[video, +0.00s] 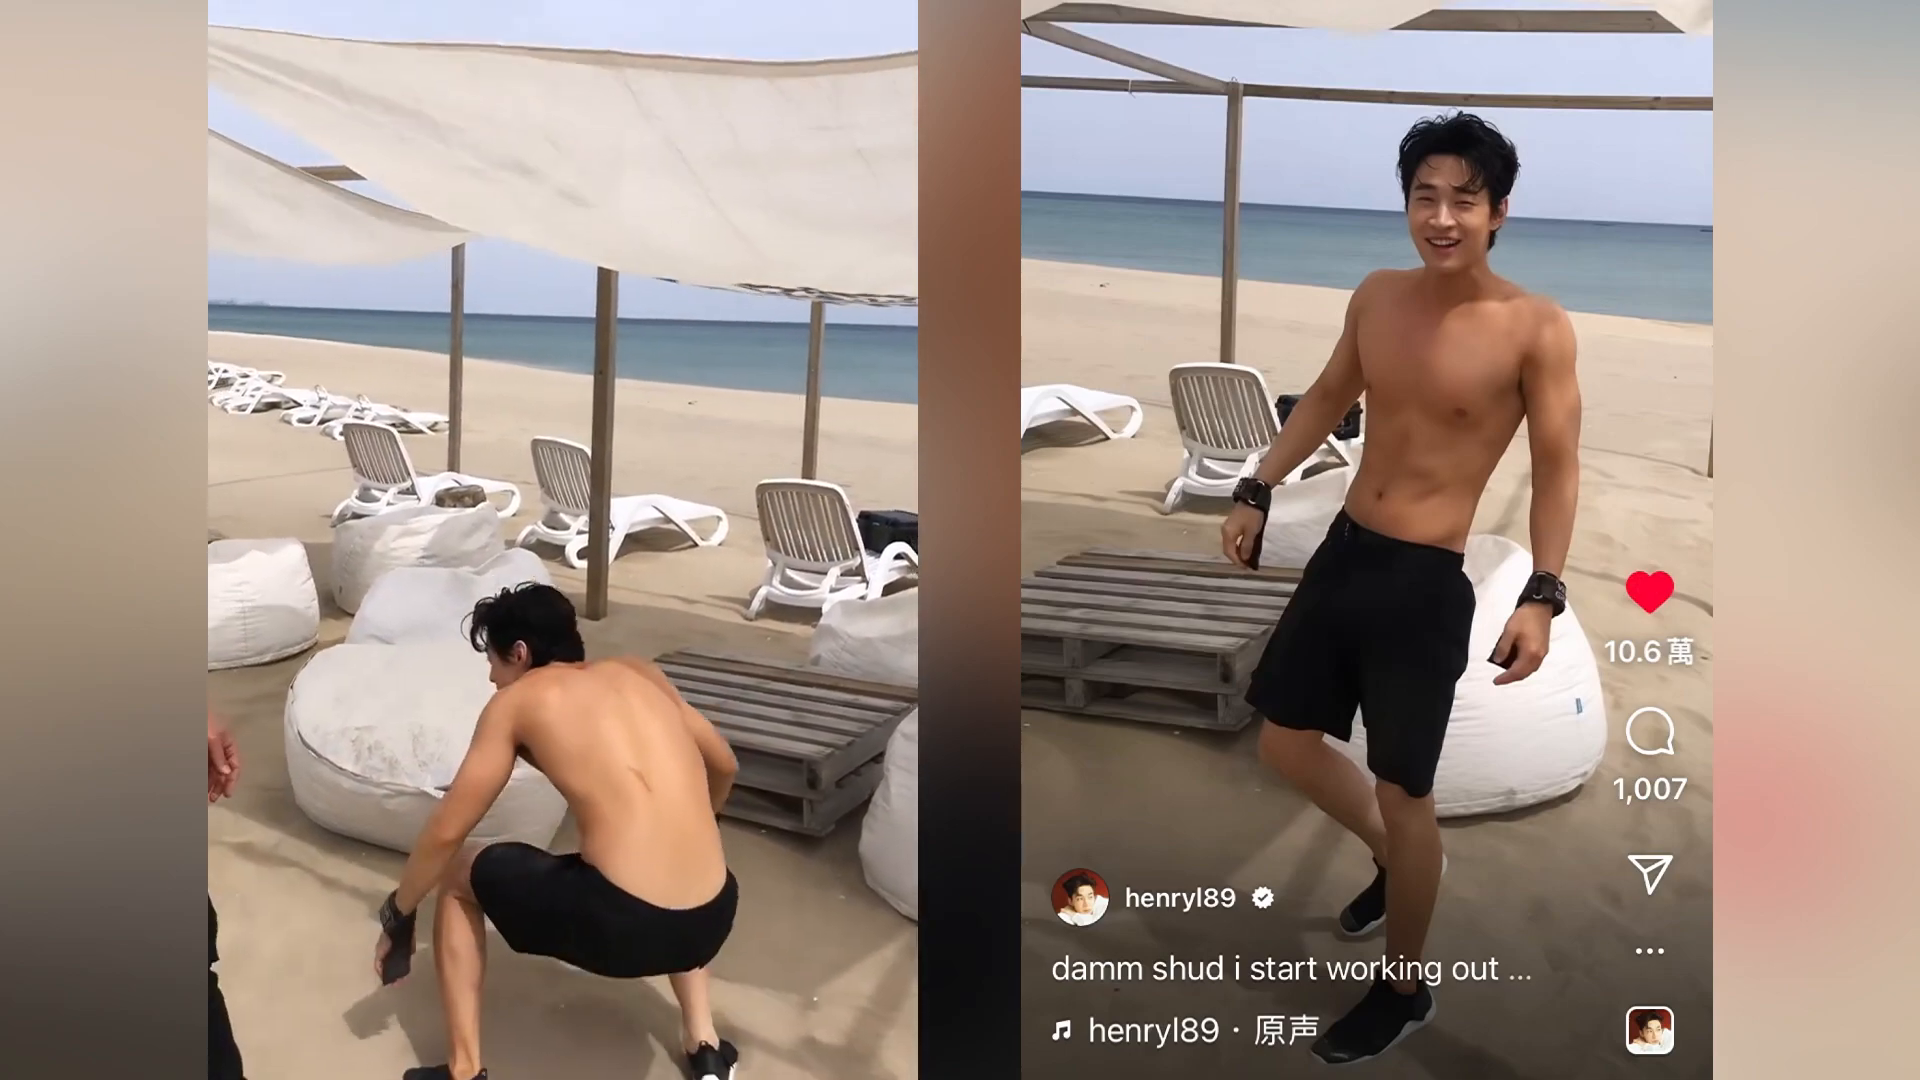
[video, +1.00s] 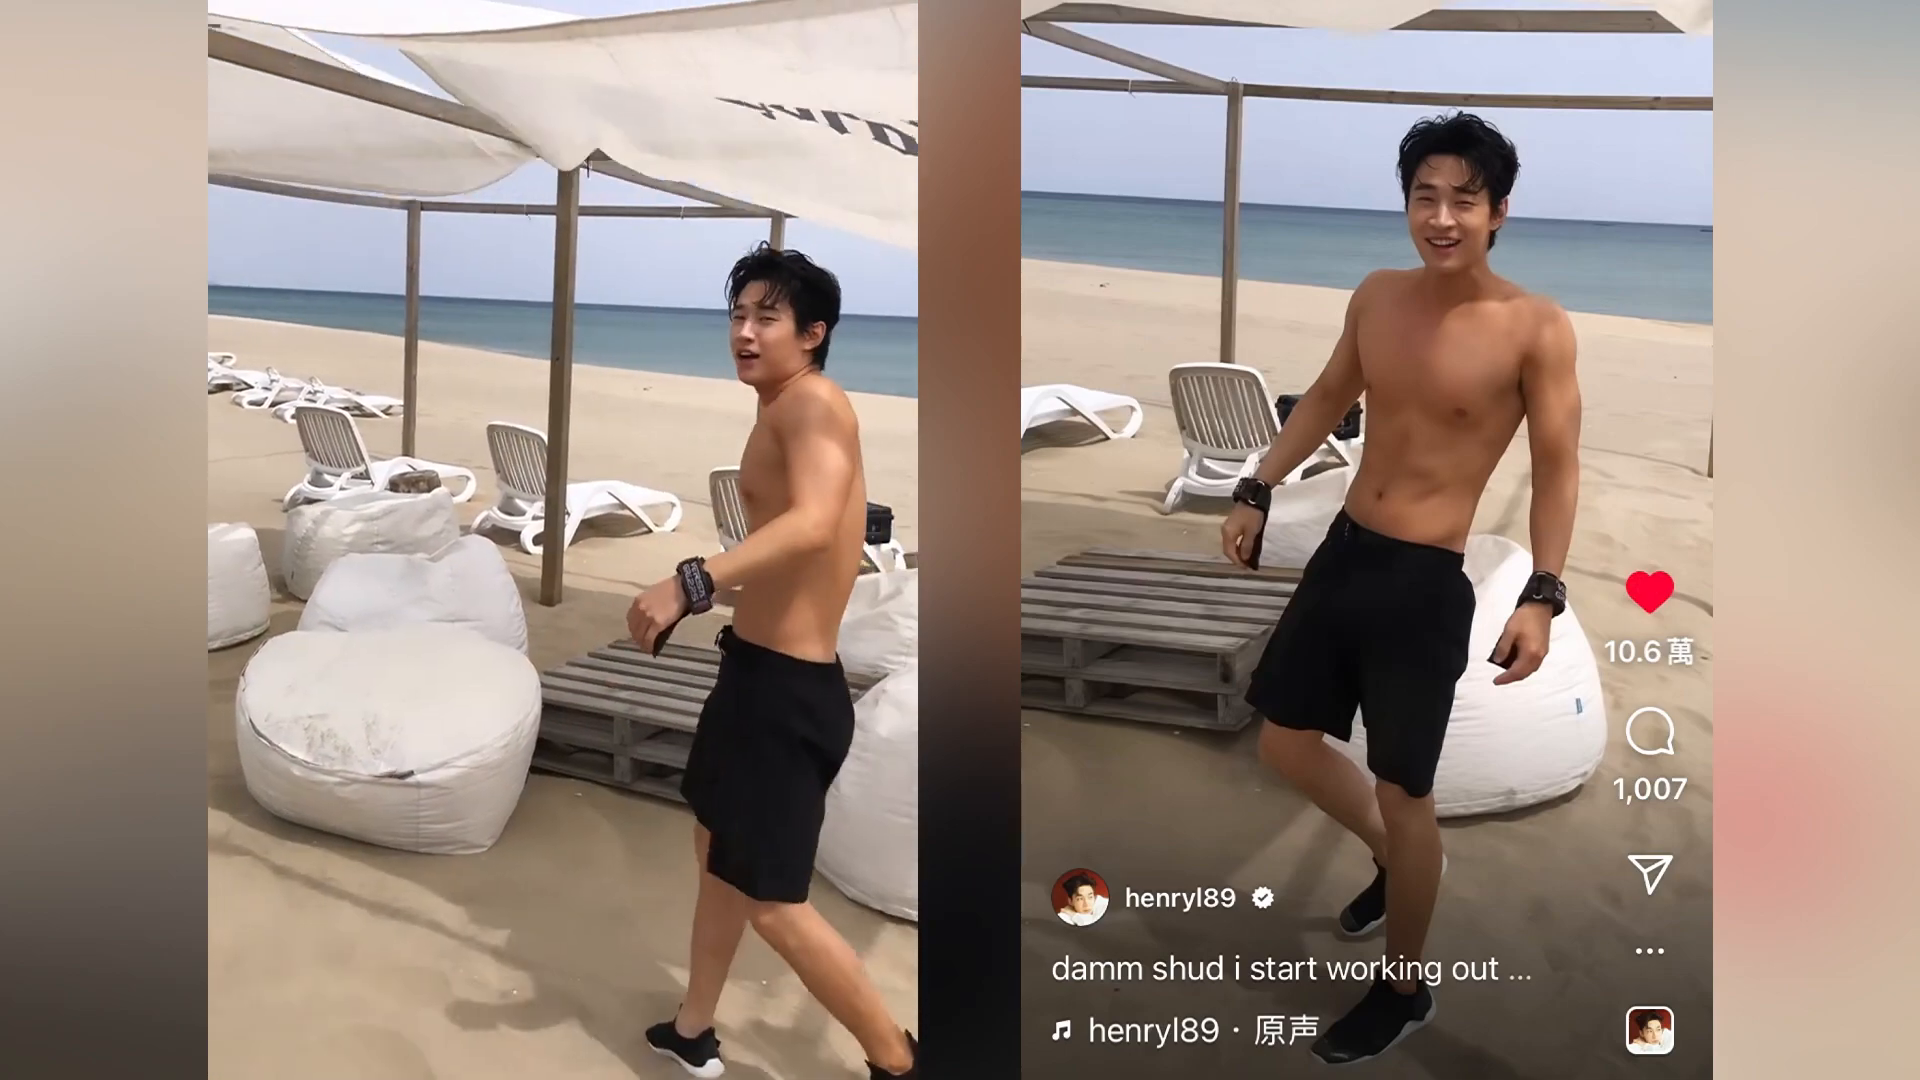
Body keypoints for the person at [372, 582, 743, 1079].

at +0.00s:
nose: (493, 678)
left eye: (494, 662)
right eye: (489, 663)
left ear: (521, 654)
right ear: (574, 647)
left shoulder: (515, 702)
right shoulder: (640, 672)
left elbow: (445, 832)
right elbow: (723, 764)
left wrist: (399, 912)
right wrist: (692, 825)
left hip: (617, 926)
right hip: (710, 920)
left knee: (458, 873)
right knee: (670, 859)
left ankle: (464, 1066)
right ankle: (704, 1043)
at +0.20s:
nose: (555, 523)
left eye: (559, 509)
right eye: (553, 509)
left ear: (592, 506)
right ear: (635, 503)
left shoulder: (588, 555)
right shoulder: (702, 543)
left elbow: (557, 669)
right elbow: (777, 649)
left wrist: (503, 783)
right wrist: (741, 719)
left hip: (667, 784)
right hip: (754, 792)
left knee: (509, 858)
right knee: (690, 858)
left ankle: (476, 1047)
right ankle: (750, 1014)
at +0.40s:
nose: (621, 417)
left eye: (627, 401)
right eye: (620, 401)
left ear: (669, 402)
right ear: (704, 404)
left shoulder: (670, 450)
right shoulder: (769, 461)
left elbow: (686, 543)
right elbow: (826, 582)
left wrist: (633, 668)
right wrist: (761, 633)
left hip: (725, 704)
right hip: (797, 718)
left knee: (571, 846)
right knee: (726, 847)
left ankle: (496, 1036)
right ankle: (754, 1022)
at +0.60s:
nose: (675, 359)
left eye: (688, 340)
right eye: (674, 341)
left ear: (742, 344)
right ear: (754, 349)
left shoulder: (735, 402)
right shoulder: (805, 415)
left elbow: (748, 498)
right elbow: (850, 532)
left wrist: (689, 610)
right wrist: (791, 608)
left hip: (749, 673)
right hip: (823, 686)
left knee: (638, 854)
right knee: (752, 838)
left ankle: (633, 1066)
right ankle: (750, 1027)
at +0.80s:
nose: (714, 339)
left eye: (731, 322)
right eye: (710, 323)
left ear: (782, 331)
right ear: (781, 339)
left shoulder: (773, 397)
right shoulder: (820, 414)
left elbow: (774, 507)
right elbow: (834, 552)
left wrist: (665, 586)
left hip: (767, 681)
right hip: (819, 686)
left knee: (710, 883)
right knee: (748, 867)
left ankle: (828, 1071)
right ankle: (730, 1031)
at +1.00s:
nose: (743, 331)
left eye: (765, 315)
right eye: (737, 315)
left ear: (811, 332)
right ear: (734, 326)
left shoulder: (812, 406)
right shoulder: (788, 406)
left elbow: (813, 524)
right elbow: (819, 539)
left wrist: (688, 582)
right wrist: (746, 608)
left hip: (787, 695)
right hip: (757, 683)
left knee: (775, 903)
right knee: (722, 857)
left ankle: (897, 1058)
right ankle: (693, 1029)